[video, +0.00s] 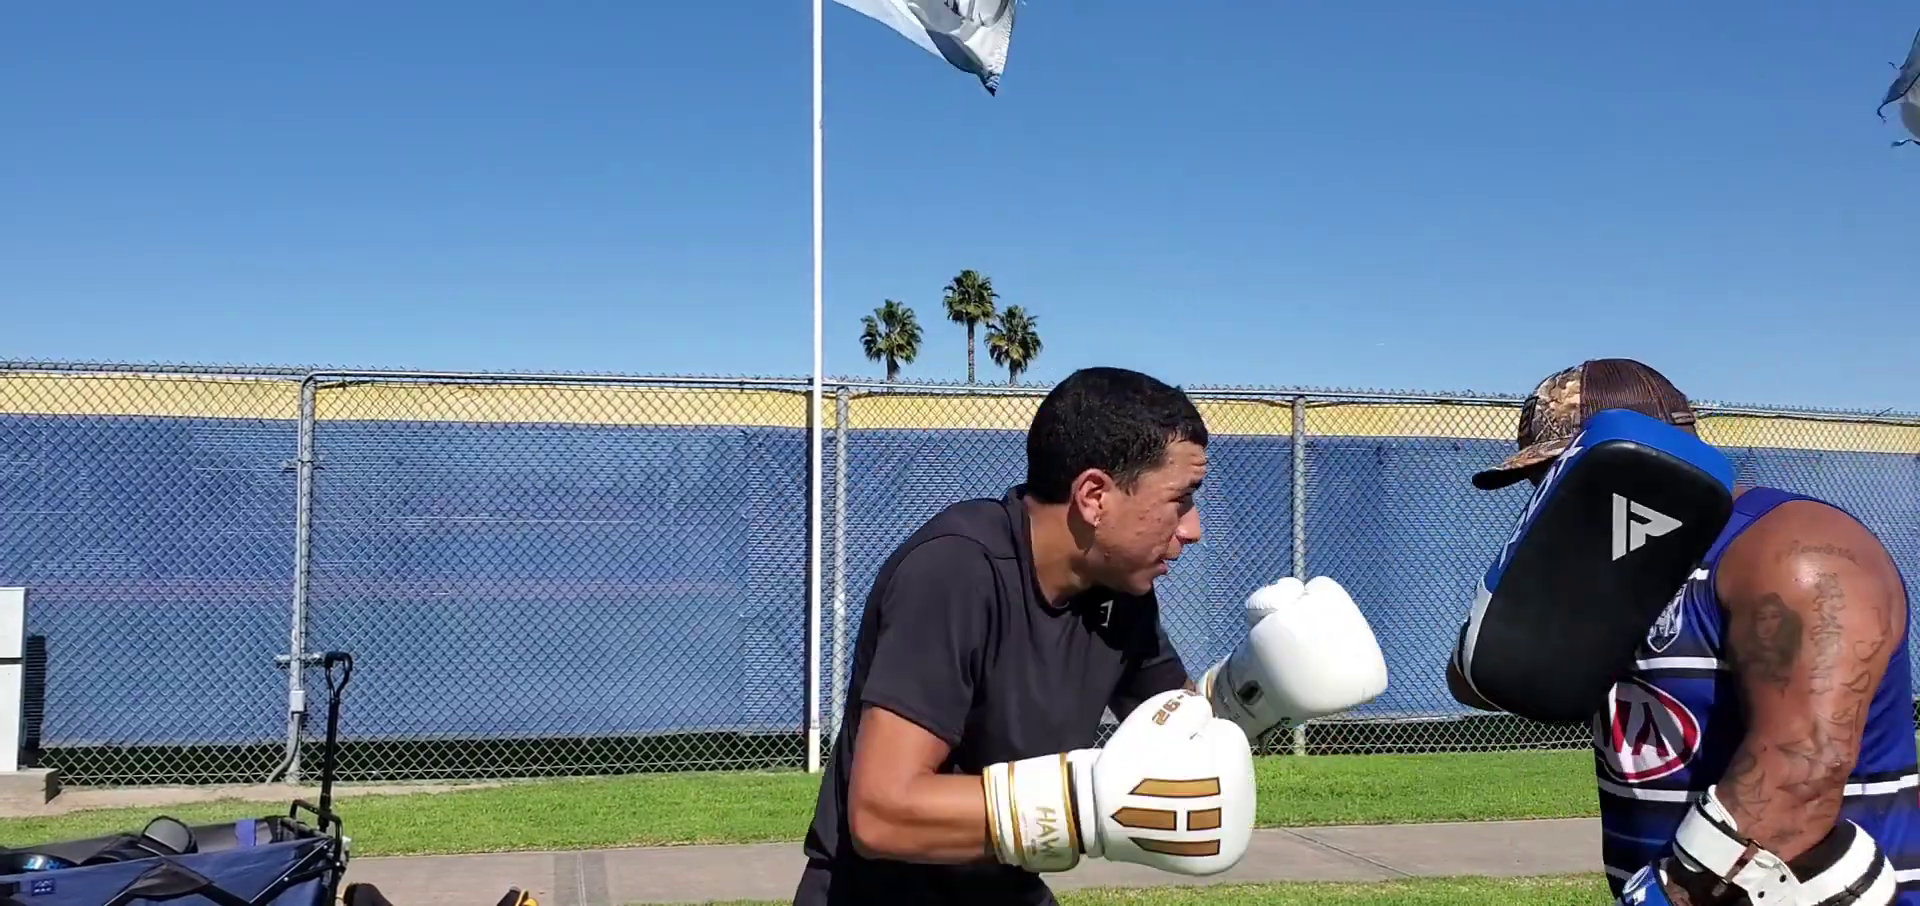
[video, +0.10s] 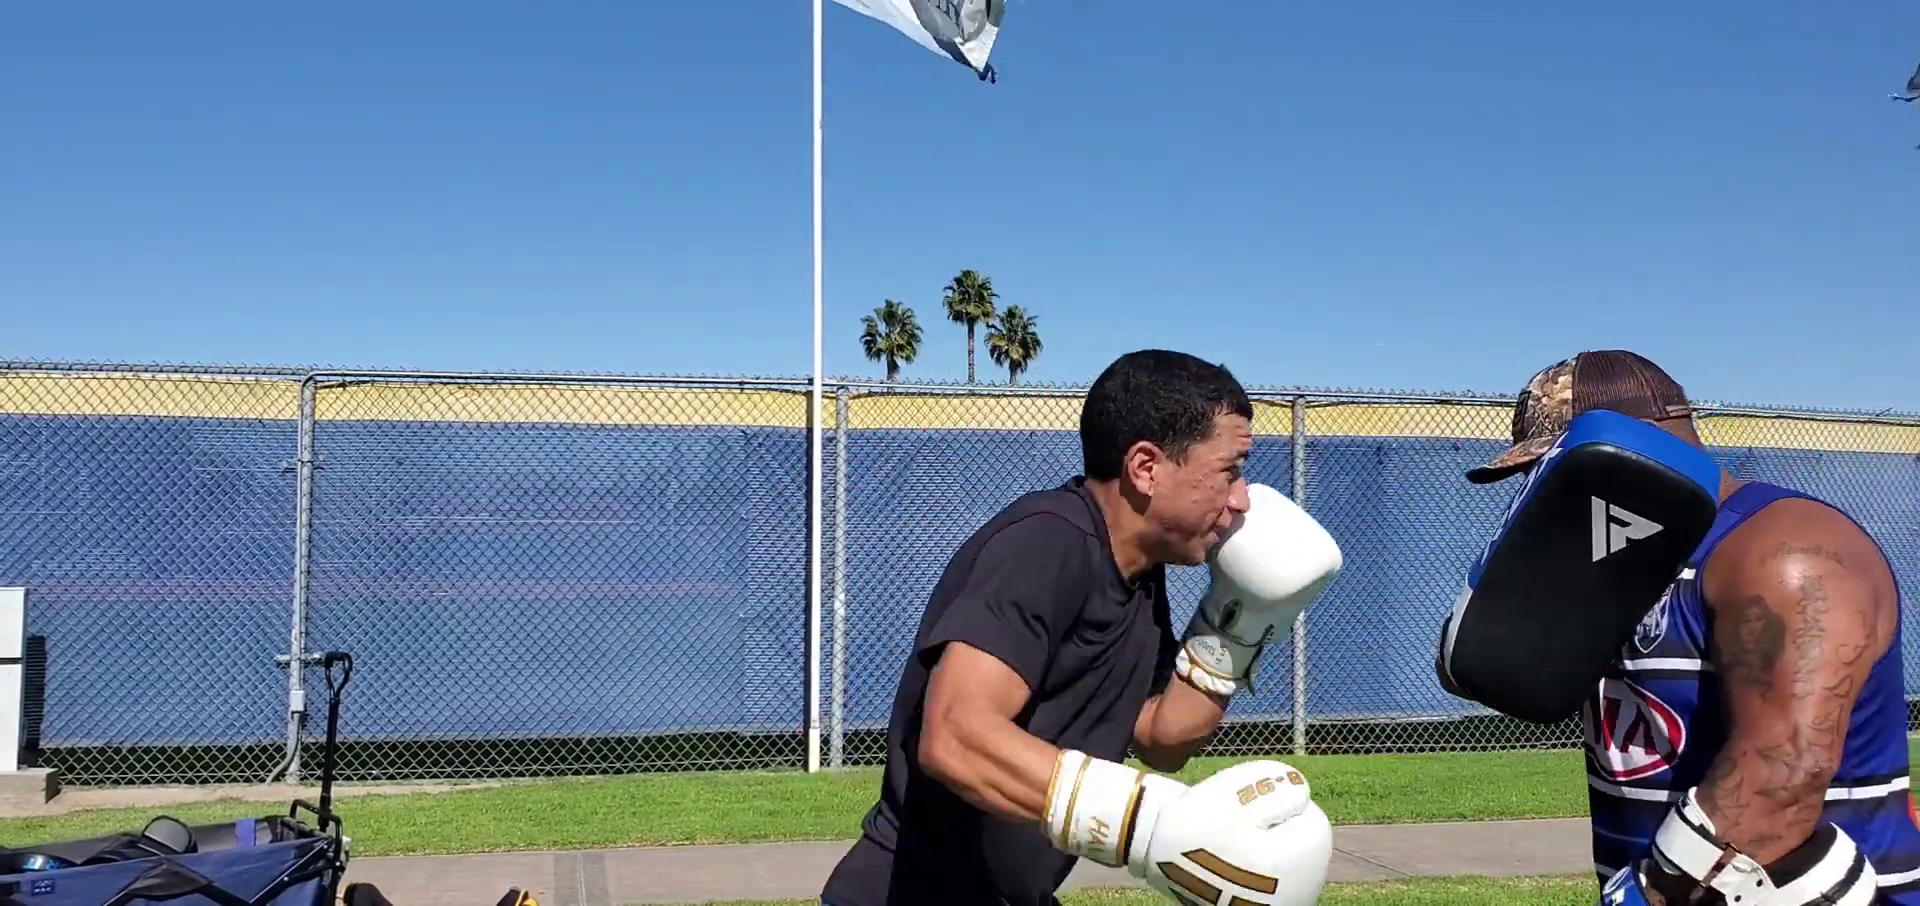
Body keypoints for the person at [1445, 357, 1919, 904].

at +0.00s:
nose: (1538, 507)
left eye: (1552, 477)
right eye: (1536, 483)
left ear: (1619, 459)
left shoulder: (1800, 560)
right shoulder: (1620, 575)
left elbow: (1796, 787)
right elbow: (1466, 681)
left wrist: (1677, 886)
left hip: (1795, 890)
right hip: (1661, 883)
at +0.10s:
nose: (1539, 501)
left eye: (1550, 474)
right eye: (1533, 480)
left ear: (1632, 450)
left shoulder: (1790, 558)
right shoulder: (1618, 566)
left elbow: (1775, 793)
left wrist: (1653, 886)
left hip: (1793, 890)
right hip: (1648, 878)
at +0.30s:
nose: (1551, 460)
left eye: (1567, 425)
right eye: (1554, 435)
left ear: (1650, 414)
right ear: (1649, 417)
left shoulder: (1775, 532)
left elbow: (1746, 757)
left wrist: (1604, 880)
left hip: (1824, 883)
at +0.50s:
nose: (1628, 457)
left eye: (1657, 428)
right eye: (1622, 434)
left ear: (1756, 437)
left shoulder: (1841, 563)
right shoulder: (1652, 586)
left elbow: (1856, 768)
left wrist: (1640, 850)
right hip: (1687, 875)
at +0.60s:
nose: (1656, 448)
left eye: (1688, 421)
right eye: (1651, 425)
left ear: (1784, 429)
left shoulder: (1852, 557)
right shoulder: (1690, 563)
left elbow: (1848, 762)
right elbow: (1596, 700)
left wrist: (1648, 861)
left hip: (1822, 880)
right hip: (1706, 875)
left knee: (1603, 882)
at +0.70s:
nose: (1678, 439)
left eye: (1707, 412)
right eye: (1672, 416)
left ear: (1805, 423)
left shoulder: (1860, 549)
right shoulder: (1717, 551)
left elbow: (1846, 741)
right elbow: (1596, 654)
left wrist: (1639, 808)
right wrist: (1592, 494)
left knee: (1596, 895)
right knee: (1570, 890)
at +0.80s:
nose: (1693, 446)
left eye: (1722, 419)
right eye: (1690, 423)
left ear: (1824, 427)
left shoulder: (1875, 549)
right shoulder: (1733, 557)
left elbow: (1841, 723)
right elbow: (1612, 649)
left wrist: (1623, 774)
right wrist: (1610, 486)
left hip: (1852, 890)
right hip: (1736, 882)